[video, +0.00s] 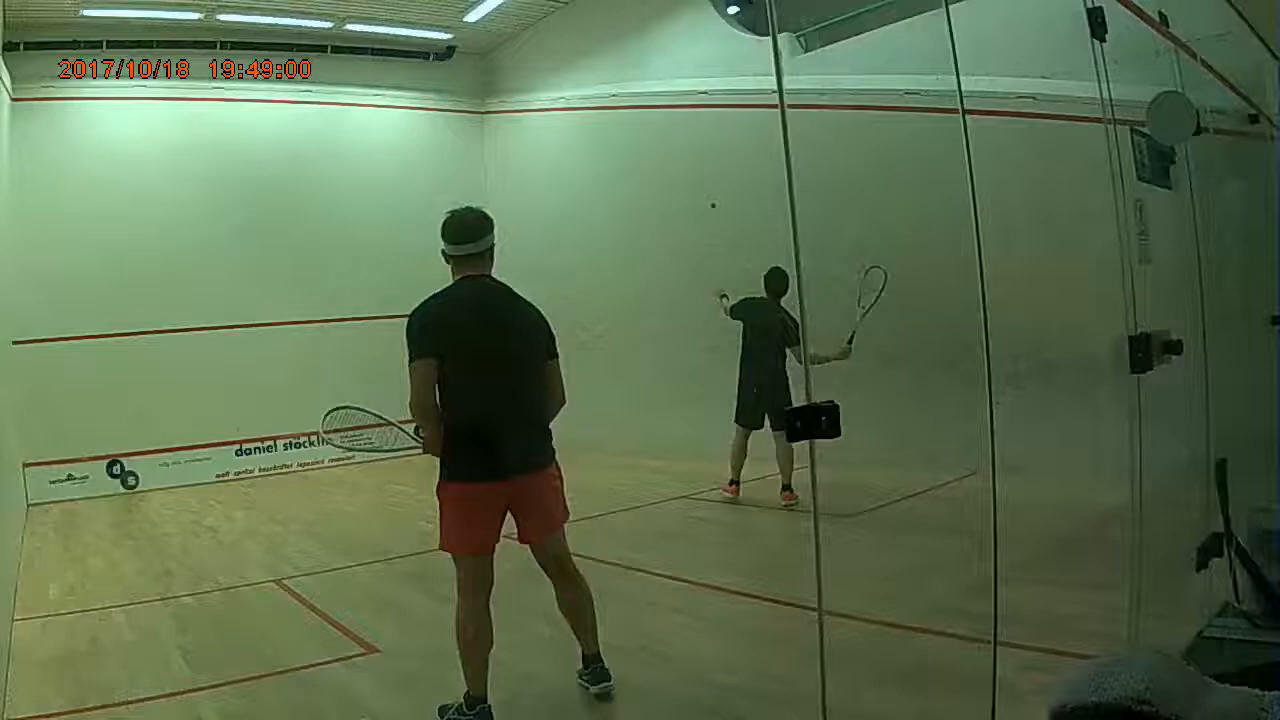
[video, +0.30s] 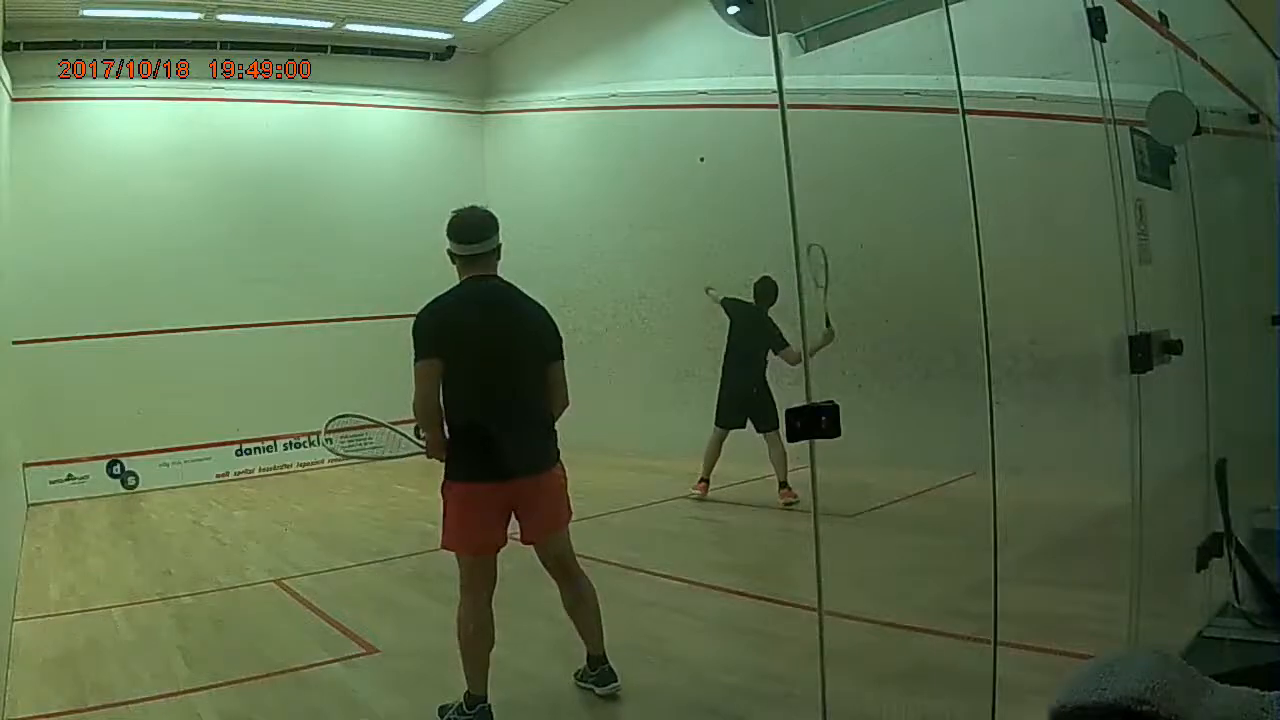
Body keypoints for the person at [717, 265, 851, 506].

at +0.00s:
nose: (783, 290)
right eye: (784, 286)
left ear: (765, 286)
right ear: (786, 289)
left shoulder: (750, 306)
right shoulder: (786, 320)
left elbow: (729, 312)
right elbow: (803, 357)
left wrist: (723, 298)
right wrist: (836, 356)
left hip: (749, 384)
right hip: (776, 385)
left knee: (742, 433)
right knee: (782, 436)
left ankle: (733, 484)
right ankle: (787, 490)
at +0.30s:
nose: (772, 300)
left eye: (765, 295)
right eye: (773, 296)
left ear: (754, 295)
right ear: (774, 299)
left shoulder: (737, 308)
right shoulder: (768, 326)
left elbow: (718, 298)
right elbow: (792, 358)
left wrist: (711, 292)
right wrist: (822, 342)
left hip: (730, 387)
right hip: (757, 389)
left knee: (719, 434)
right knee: (773, 437)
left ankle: (703, 482)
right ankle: (784, 489)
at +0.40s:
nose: (750, 300)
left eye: (745, 295)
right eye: (754, 297)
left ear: (736, 296)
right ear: (757, 300)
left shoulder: (721, 313)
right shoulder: (758, 327)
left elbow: (694, 306)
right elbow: (791, 340)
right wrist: (803, 316)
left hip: (719, 389)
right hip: (747, 389)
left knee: (709, 437)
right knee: (766, 437)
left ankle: (700, 483)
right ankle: (782, 485)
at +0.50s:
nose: (723, 300)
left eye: (719, 296)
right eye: (726, 296)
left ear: (710, 296)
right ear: (730, 296)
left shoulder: (697, 318)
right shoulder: (739, 320)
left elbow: (667, 336)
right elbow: (776, 311)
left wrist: (643, 347)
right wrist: (781, 285)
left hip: (711, 387)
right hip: (740, 385)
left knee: (707, 434)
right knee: (759, 431)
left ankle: (704, 484)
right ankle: (780, 473)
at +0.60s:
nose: (686, 299)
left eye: (684, 296)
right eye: (690, 294)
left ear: (682, 300)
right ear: (701, 296)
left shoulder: (683, 325)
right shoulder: (713, 312)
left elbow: (680, 363)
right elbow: (731, 293)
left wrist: (661, 391)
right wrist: (742, 271)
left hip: (712, 382)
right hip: (735, 376)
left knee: (704, 433)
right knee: (750, 425)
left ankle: (703, 484)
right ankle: (776, 462)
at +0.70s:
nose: (666, 310)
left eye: (665, 306)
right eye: (666, 305)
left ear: (666, 308)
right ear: (681, 297)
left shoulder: (686, 324)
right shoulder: (692, 314)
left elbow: (706, 361)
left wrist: (692, 389)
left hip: (711, 379)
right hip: (730, 375)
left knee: (702, 432)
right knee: (737, 420)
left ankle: (704, 484)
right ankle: (765, 446)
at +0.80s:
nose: (657, 309)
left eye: (657, 305)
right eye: (656, 306)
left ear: (660, 303)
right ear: (668, 300)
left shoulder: (683, 323)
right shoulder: (662, 319)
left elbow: (706, 350)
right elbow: (648, 344)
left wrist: (720, 380)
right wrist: (636, 368)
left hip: (702, 382)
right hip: (698, 381)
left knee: (701, 432)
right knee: (718, 420)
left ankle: (708, 484)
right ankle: (755, 438)